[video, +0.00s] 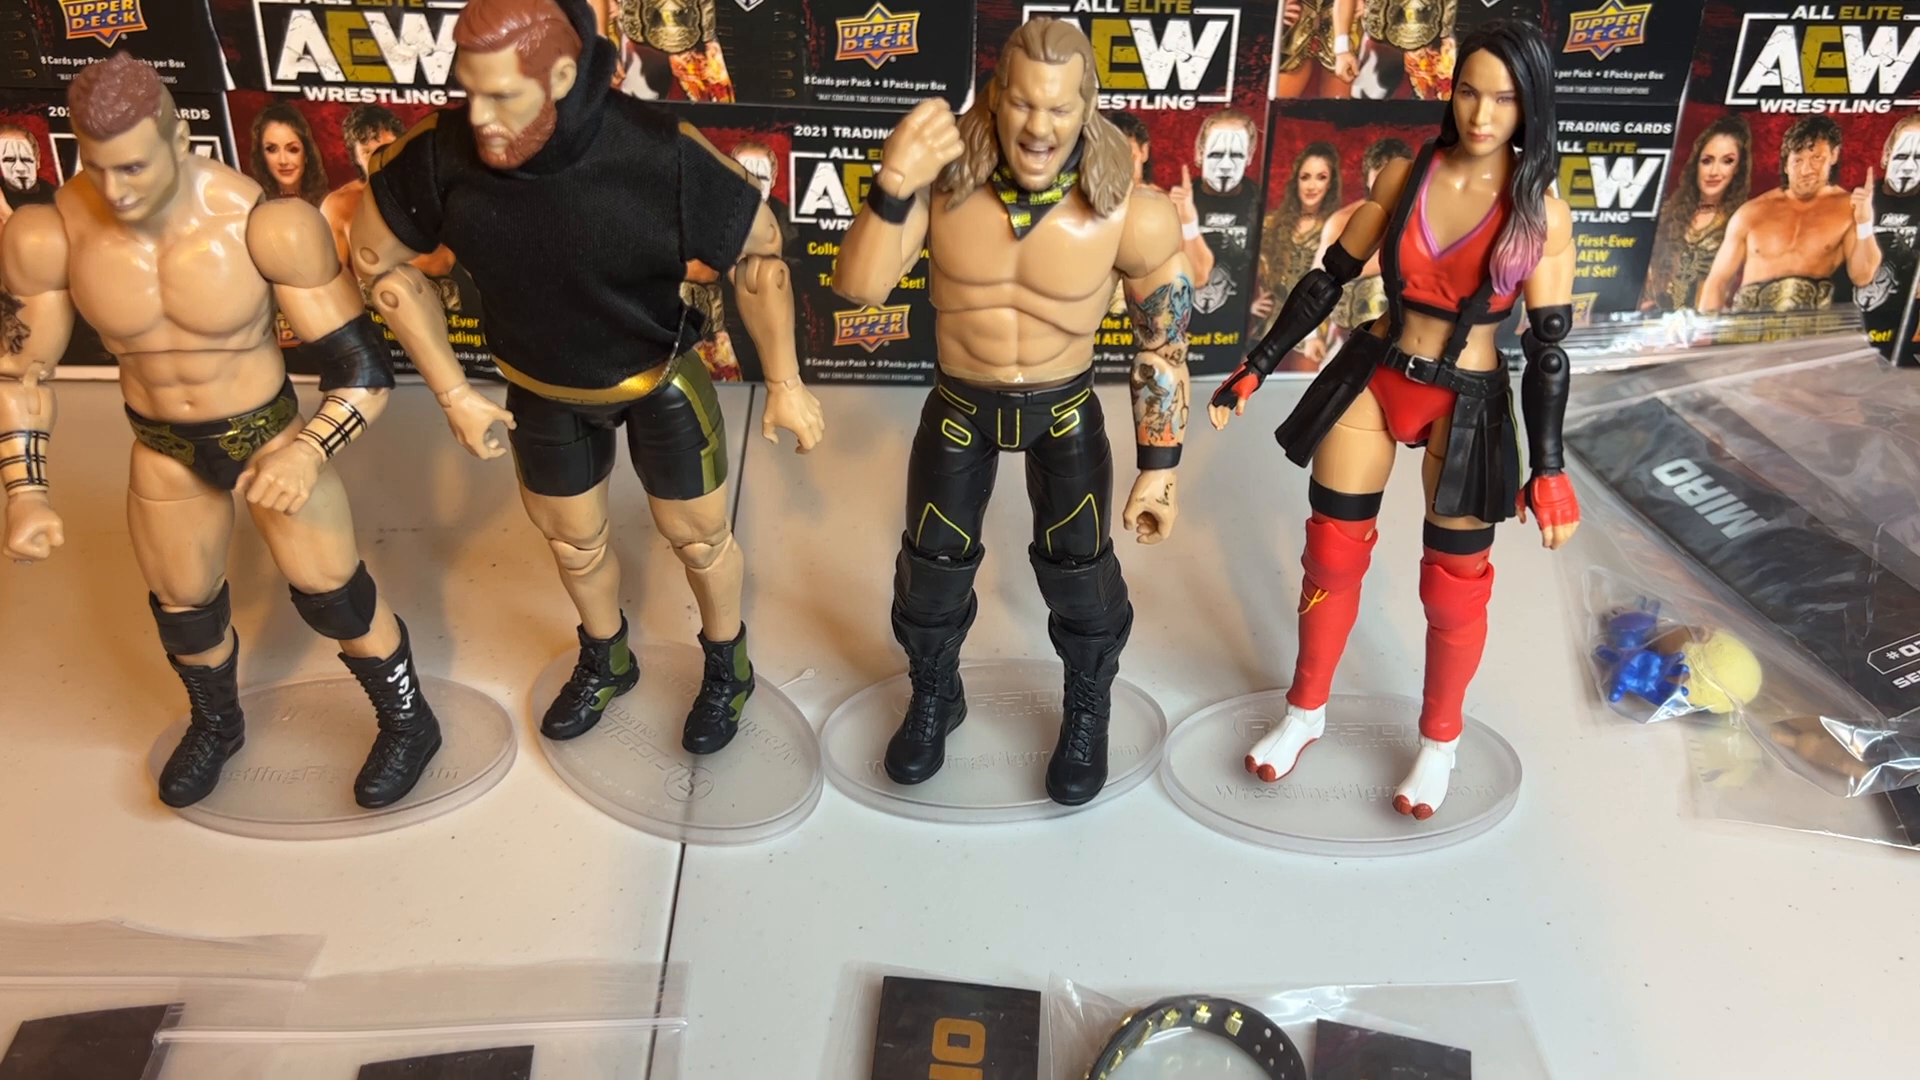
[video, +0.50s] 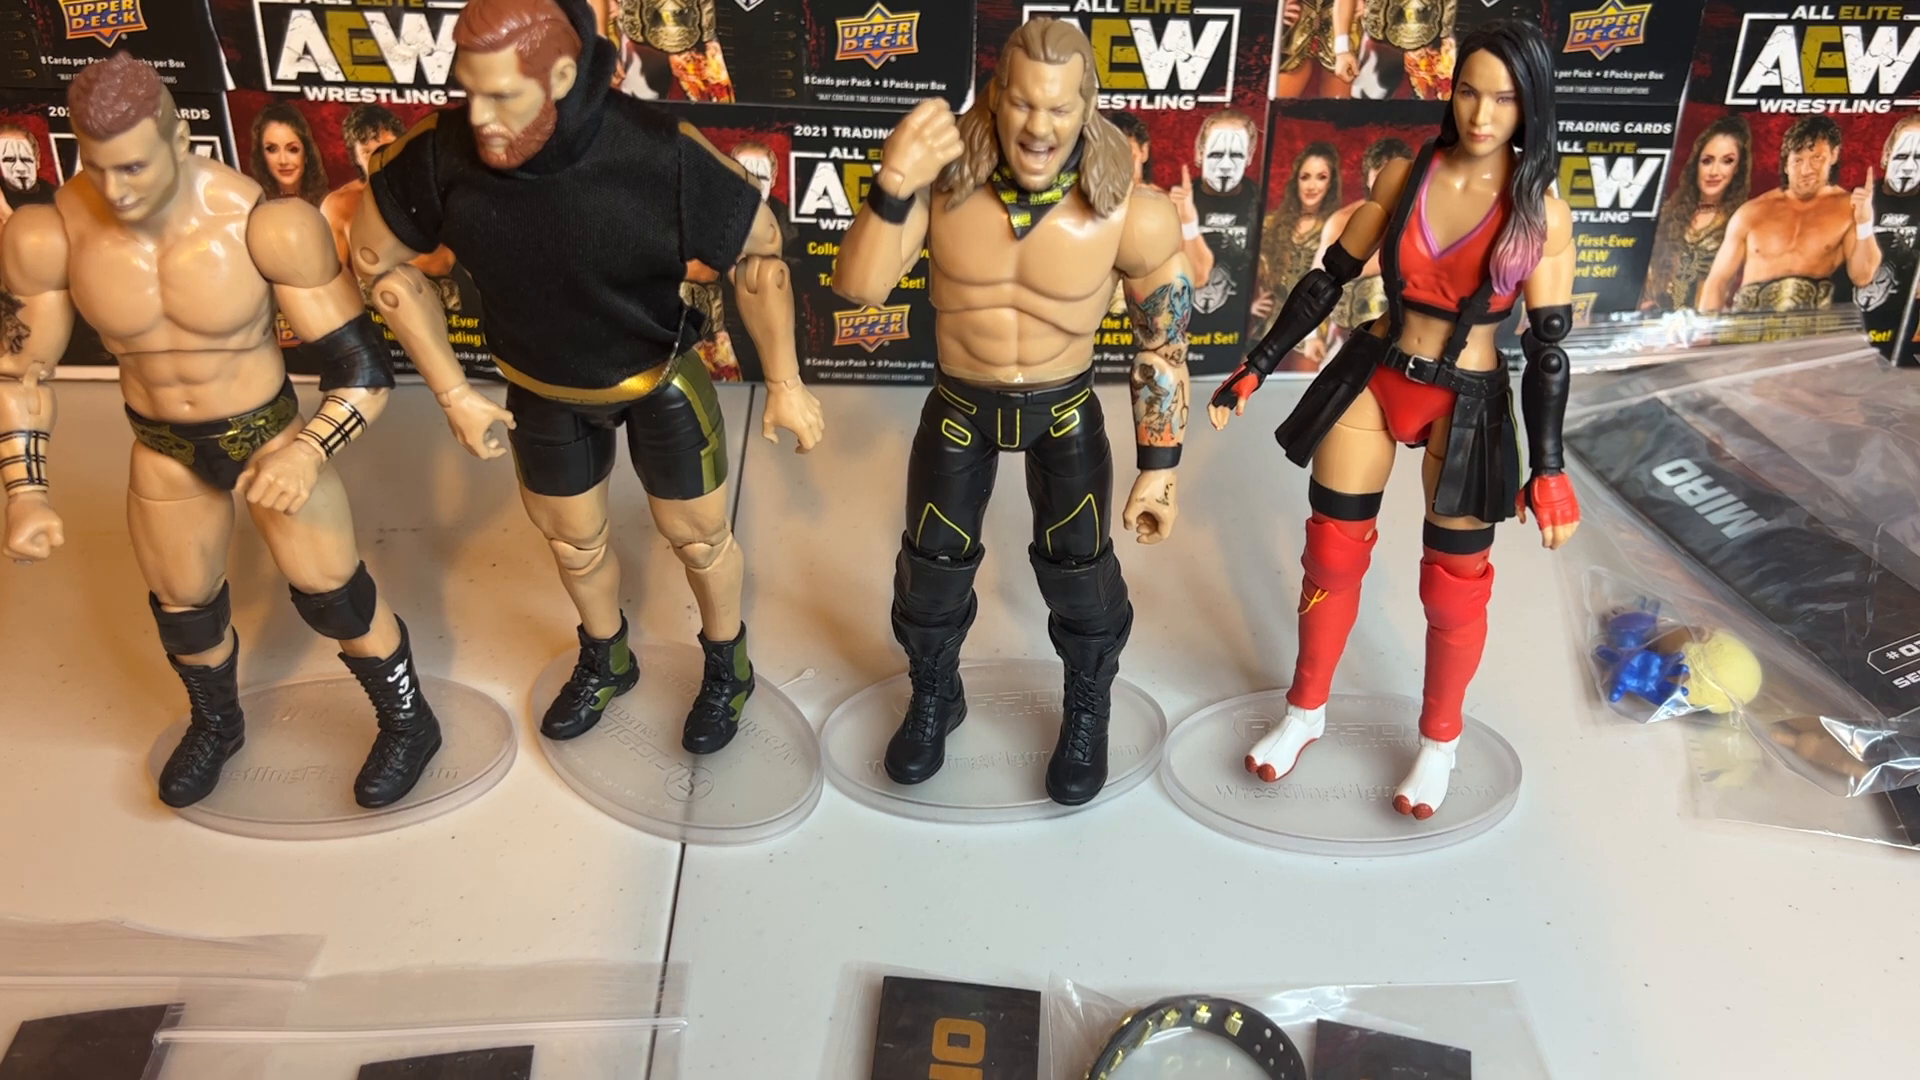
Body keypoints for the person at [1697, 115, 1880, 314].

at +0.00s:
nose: (1806, 169)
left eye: (1816, 158)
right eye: (1797, 160)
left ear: (1834, 156)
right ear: (1785, 163)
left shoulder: (1848, 207)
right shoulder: (1750, 212)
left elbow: (1862, 277)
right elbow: (1718, 282)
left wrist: (1864, 223)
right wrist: (1704, 336)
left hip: (1810, 316)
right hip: (1748, 314)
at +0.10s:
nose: (1806, 169)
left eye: (1816, 158)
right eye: (1797, 160)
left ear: (1834, 156)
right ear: (1785, 163)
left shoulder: (1848, 207)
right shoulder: (1750, 213)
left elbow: (1862, 278)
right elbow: (1718, 282)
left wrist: (1864, 223)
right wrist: (1704, 336)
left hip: (1810, 315)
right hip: (1749, 313)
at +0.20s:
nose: (1806, 169)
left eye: (1816, 158)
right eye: (1797, 160)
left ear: (1834, 155)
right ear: (1785, 162)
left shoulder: (1848, 207)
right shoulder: (1750, 212)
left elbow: (1861, 277)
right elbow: (1717, 282)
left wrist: (1864, 223)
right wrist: (1704, 336)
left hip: (1810, 315)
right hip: (1748, 313)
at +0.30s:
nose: (1807, 169)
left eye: (1817, 158)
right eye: (1798, 160)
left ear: (1834, 156)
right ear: (1785, 163)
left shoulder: (1848, 207)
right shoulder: (1751, 213)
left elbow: (1862, 278)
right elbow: (1718, 282)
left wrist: (1864, 223)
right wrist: (1704, 336)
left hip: (1810, 314)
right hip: (1748, 312)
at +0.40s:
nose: (1806, 169)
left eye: (1816, 158)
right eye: (1797, 160)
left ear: (1834, 156)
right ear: (1785, 162)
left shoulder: (1848, 207)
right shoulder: (1751, 212)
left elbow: (1862, 277)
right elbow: (1718, 281)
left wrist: (1864, 223)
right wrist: (1704, 335)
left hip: (1810, 316)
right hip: (1749, 314)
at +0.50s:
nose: (1806, 169)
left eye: (1816, 158)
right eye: (1797, 160)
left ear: (1834, 156)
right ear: (1785, 163)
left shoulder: (1848, 207)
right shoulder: (1750, 212)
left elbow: (1862, 277)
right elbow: (1718, 281)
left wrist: (1864, 223)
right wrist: (1704, 336)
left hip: (1809, 315)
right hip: (1748, 313)